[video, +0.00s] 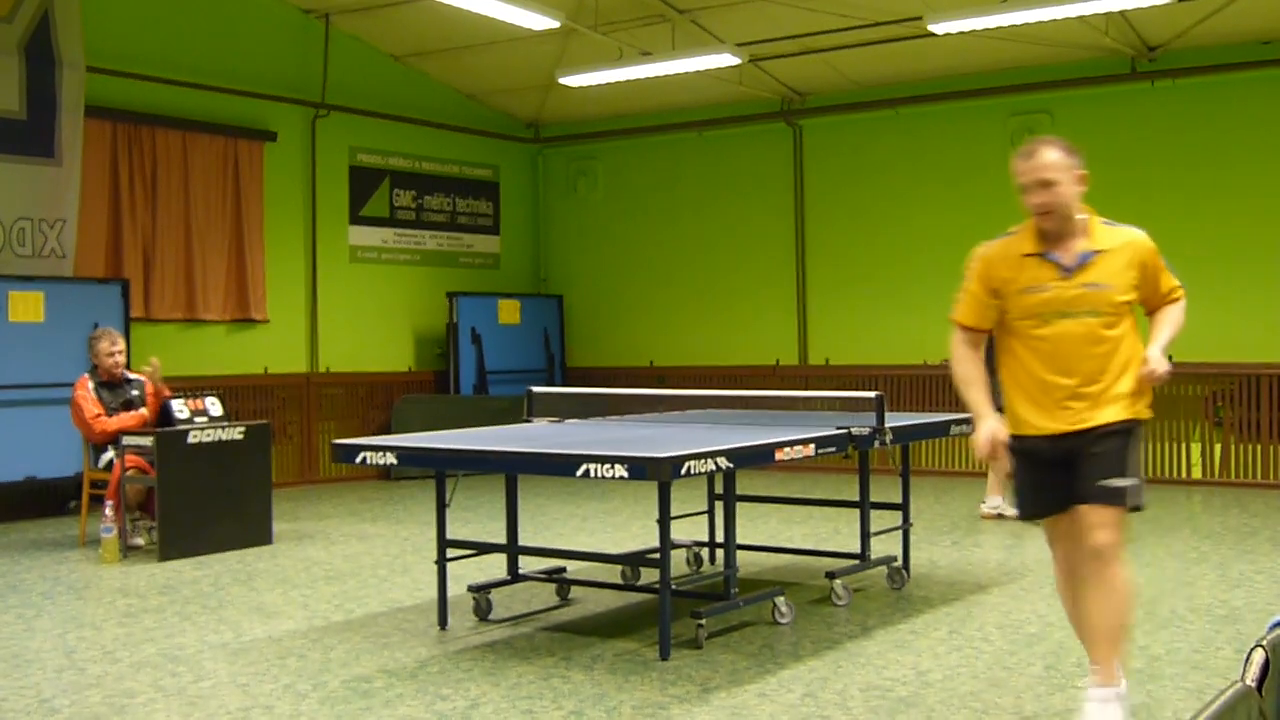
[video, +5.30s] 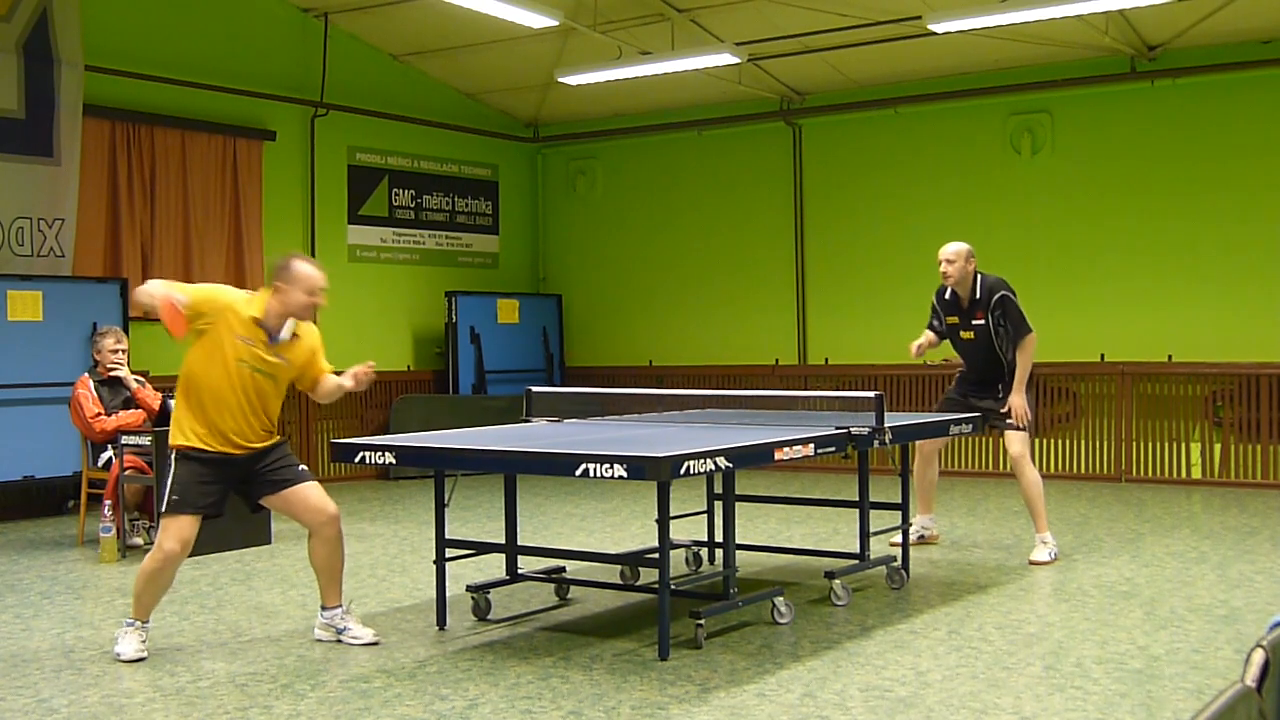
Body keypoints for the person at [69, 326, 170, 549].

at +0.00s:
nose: (118, 360)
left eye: (121, 353)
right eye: (110, 355)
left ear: (126, 354)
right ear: (95, 359)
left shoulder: (141, 381)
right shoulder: (85, 387)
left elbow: (161, 418)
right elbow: (97, 428)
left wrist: (159, 387)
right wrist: (142, 416)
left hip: (148, 444)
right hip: (112, 448)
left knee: (171, 468)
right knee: (134, 474)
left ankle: (151, 519)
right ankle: (132, 519)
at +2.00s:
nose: (120, 355)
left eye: (123, 350)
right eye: (113, 350)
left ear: (128, 354)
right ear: (96, 356)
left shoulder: (134, 380)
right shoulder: (84, 385)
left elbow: (161, 413)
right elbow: (96, 428)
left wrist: (135, 380)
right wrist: (143, 415)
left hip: (145, 445)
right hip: (110, 449)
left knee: (172, 468)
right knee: (135, 473)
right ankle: (133, 520)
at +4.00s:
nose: (120, 356)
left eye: (124, 351)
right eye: (113, 351)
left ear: (128, 354)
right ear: (97, 354)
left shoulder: (137, 381)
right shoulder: (84, 385)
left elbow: (163, 412)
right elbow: (97, 428)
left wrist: (133, 384)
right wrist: (142, 415)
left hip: (146, 446)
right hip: (112, 449)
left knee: (170, 469)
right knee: (133, 474)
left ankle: (152, 521)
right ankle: (131, 519)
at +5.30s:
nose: (120, 357)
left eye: (124, 352)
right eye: (114, 352)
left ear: (128, 354)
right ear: (97, 355)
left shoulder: (137, 382)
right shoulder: (84, 386)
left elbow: (162, 412)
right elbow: (97, 428)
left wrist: (132, 384)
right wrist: (141, 415)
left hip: (146, 446)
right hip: (112, 449)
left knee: (171, 467)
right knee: (134, 474)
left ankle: (152, 520)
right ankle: (131, 519)